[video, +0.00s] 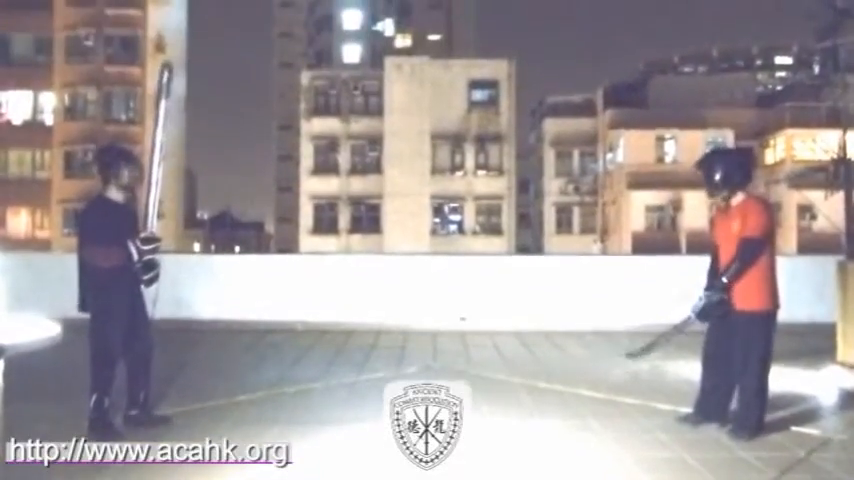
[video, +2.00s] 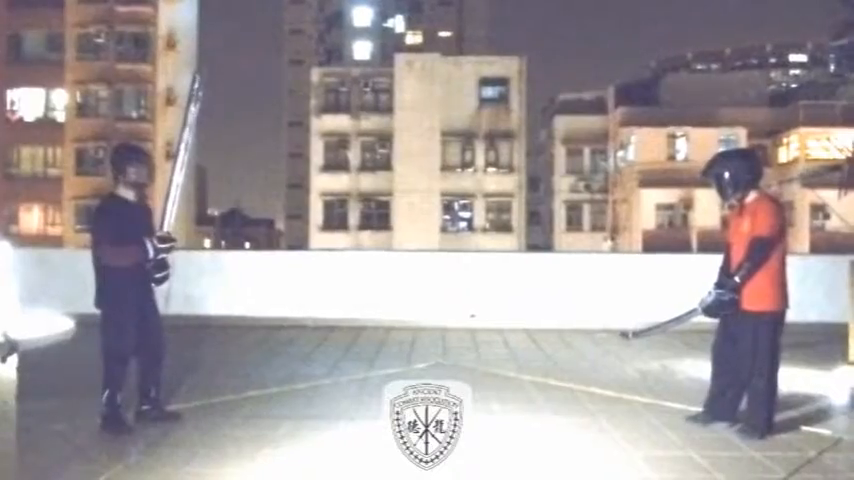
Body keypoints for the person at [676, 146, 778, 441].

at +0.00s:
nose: (709, 184)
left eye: (713, 176)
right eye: (707, 177)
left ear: (729, 176)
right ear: (715, 178)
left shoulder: (756, 209)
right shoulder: (719, 215)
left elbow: (749, 252)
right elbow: (717, 258)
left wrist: (721, 286)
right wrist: (709, 293)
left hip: (755, 303)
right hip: (728, 301)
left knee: (752, 364)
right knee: (717, 357)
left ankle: (748, 420)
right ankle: (709, 409)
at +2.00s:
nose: (719, 189)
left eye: (722, 181)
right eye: (718, 182)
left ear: (738, 178)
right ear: (733, 181)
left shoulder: (766, 208)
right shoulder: (736, 212)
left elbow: (760, 249)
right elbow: (731, 255)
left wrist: (733, 285)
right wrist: (720, 286)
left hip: (764, 302)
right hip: (739, 300)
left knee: (761, 363)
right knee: (727, 356)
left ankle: (758, 420)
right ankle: (719, 408)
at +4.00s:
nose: (710, 183)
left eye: (713, 176)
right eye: (709, 177)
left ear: (729, 173)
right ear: (725, 175)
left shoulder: (760, 203)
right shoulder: (727, 206)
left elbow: (752, 246)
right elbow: (722, 248)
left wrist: (725, 281)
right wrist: (711, 280)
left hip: (755, 295)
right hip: (730, 292)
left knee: (752, 357)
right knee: (719, 349)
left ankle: (750, 414)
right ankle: (712, 402)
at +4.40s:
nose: (711, 170)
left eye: (714, 163)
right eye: (710, 164)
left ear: (730, 161)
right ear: (726, 163)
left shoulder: (760, 190)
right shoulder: (727, 194)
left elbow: (754, 232)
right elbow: (722, 236)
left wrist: (727, 267)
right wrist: (712, 268)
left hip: (755, 283)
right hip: (730, 281)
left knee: (751, 345)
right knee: (719, 337)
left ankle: (749, 401)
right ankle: (712, 389)